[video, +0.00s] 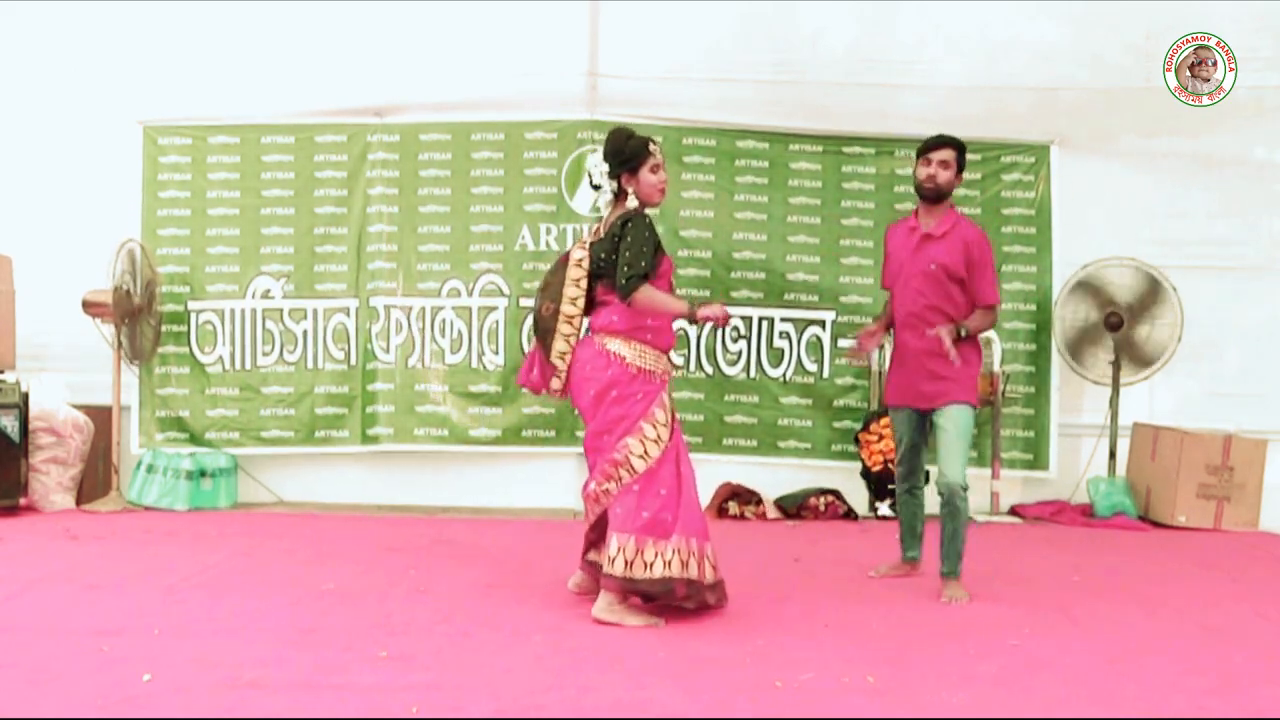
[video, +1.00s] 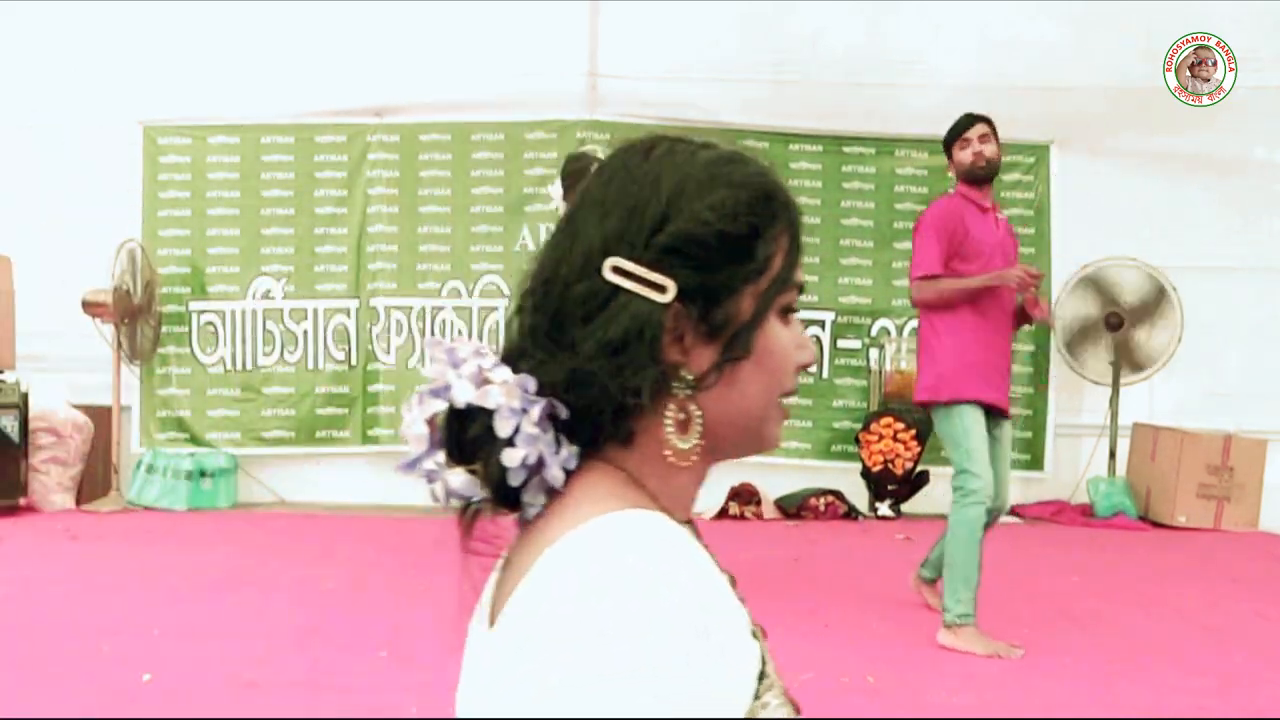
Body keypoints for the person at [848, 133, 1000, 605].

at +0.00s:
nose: (933, 171)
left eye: (944, 166)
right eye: (927, 163)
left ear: (958, 178)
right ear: (915, 170)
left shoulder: (970, 237)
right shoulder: (897, 234)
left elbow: (988, 310)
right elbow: (896, 300)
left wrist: (958, 329)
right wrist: (877, 327)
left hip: (954, 374)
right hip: (905, 371)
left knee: (950, 480)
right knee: (907, 474)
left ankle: (951, 575)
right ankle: (910, 557)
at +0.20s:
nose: (961, 147)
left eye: (968, 139)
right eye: (950, 140)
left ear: (977, 148)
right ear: (931, 151)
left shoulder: (994, 208)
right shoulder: (914, 205)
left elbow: (1030, 277)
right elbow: (893, 269)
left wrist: (1009, 250)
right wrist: (956, 239)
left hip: (980, 355)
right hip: (926, 351)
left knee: (974, 476)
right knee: (927, 467)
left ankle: (948, 572)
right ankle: (900, 520)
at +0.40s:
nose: (990, 121)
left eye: (990, 113)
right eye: (977, 116)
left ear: (991, 122)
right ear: (952, 132)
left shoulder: (985, 187)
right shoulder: (952, 180)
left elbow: (983, 265)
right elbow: (939, 233)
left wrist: (1015, 250)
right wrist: (1000, 229)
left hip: (982, 340)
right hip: (965, 340)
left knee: (952, 458)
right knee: (983, 458)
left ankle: (910, 560)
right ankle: (968, 592)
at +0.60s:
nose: (1003, 123)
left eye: (1000, 115)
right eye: (991, 119)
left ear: (976, 135)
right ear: (964, 137)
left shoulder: (972, 186)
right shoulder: (973, 174)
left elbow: (942, 264)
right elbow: (988, 178)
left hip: (981, 352)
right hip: (992, 353)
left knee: (969, 465)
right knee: (1009, 482)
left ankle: (915, 565)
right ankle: (982, 618)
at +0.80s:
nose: (1004, 105)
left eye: (1002, 97)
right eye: (991, 101)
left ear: (988, 107)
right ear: (963, 118)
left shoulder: (966, 169)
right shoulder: (971, 156)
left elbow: (932, 251)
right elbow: (1009, 149)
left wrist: (991, 268)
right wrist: (1068, 97)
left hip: (984, 340)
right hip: (981, 341)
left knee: (985, 461)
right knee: (998, 465)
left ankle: (928, 561)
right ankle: (968, 604)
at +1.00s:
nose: (978, 147)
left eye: (986, 138)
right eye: (965, 142)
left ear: (1000, 153)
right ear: (951, 159)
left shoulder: (1004, 228)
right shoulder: (941, 213)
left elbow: (1000, 314)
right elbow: (921, 291)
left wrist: (1025, 309)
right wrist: (997, 279)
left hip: (991, 375)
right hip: (952, 372)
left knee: (995, 497)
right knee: (974, 488)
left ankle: (929, 571)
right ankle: (959, 622)